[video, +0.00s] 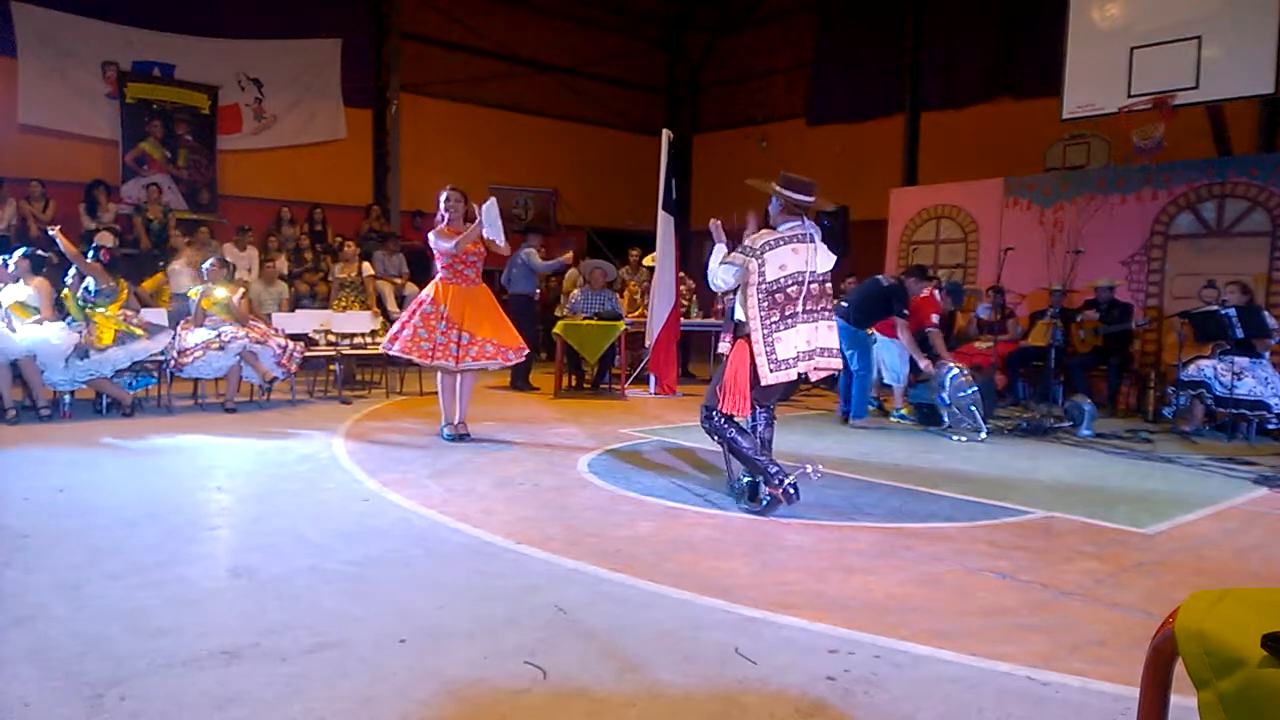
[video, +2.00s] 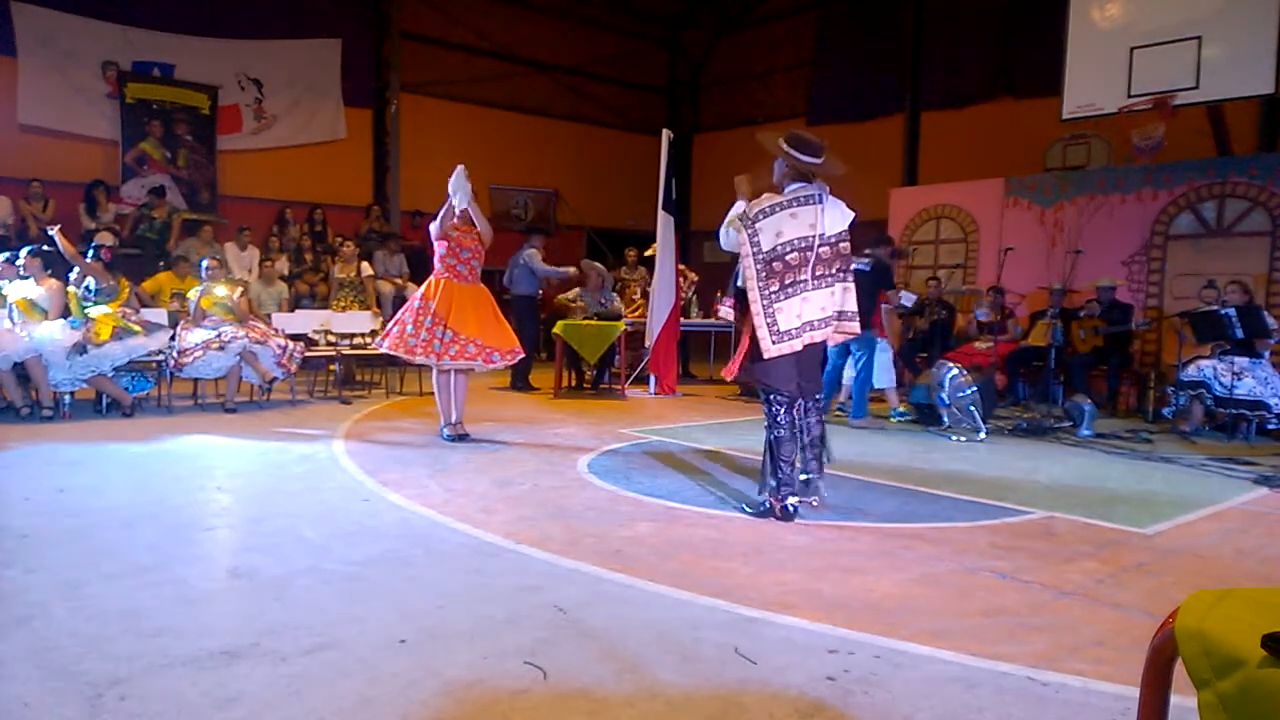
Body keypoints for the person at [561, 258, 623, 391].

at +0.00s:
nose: (598, 280)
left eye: (600, 277)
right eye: (595, 276)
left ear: (605, 279)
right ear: (589, 278)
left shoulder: (611, 295)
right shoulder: (577, 293)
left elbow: (619, 315)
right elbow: (566, 312)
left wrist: (601, 317)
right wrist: (578, 317)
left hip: (602, 331)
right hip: (580, 330)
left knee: (609, 350)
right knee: (571, 347)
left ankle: (597, 381)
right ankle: (579, 377)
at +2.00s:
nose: (587, 279)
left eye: (591, 276)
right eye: (587, 276)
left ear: (600, 279)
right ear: (587, 278)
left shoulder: (611, 296)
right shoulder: (579, 292)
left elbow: (619, 311)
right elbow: (559, 299)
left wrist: (598, 313)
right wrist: (573, 306)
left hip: (602, 331)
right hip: (580, 330)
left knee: (609, 348)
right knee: (571, 346)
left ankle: (597, 380)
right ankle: (579, 377)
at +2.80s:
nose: (581, 281)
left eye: (585, 277)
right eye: (579, 277)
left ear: (594, 279)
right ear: (576, 280)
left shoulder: (608, 294)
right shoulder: (573, 297)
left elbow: (619, 312)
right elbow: (567, 315)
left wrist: (600, 309)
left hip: (602, 331)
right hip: (580, 331)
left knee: (610, 348)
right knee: (570, 344)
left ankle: (597, 381)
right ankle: (579, 377)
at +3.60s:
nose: (594, 276)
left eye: (597, 273)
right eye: (593, 273)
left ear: (605, 278)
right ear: (588, 275)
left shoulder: (612, 297)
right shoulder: (579, 293)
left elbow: (621, 315)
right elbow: (565, 309)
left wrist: (600, 314)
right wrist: (578, 303)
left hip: (603, 332)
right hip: (580, 331)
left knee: (609, 348)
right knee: (571, 345)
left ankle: (597, 381)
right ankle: (579, 379)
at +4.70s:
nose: (595, 276)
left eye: (599, 273)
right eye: (593, 272)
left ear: (606, 277)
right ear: (590, 275)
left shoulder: (613, 296)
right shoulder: (580, 291)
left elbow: (620, 314)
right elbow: (569, 305)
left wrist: (606, 303)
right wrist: (583, 299)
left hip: (603, 329)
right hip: (582, 327)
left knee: (610, 348)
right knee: (570, 345)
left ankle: (597, 379)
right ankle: (579, 376)